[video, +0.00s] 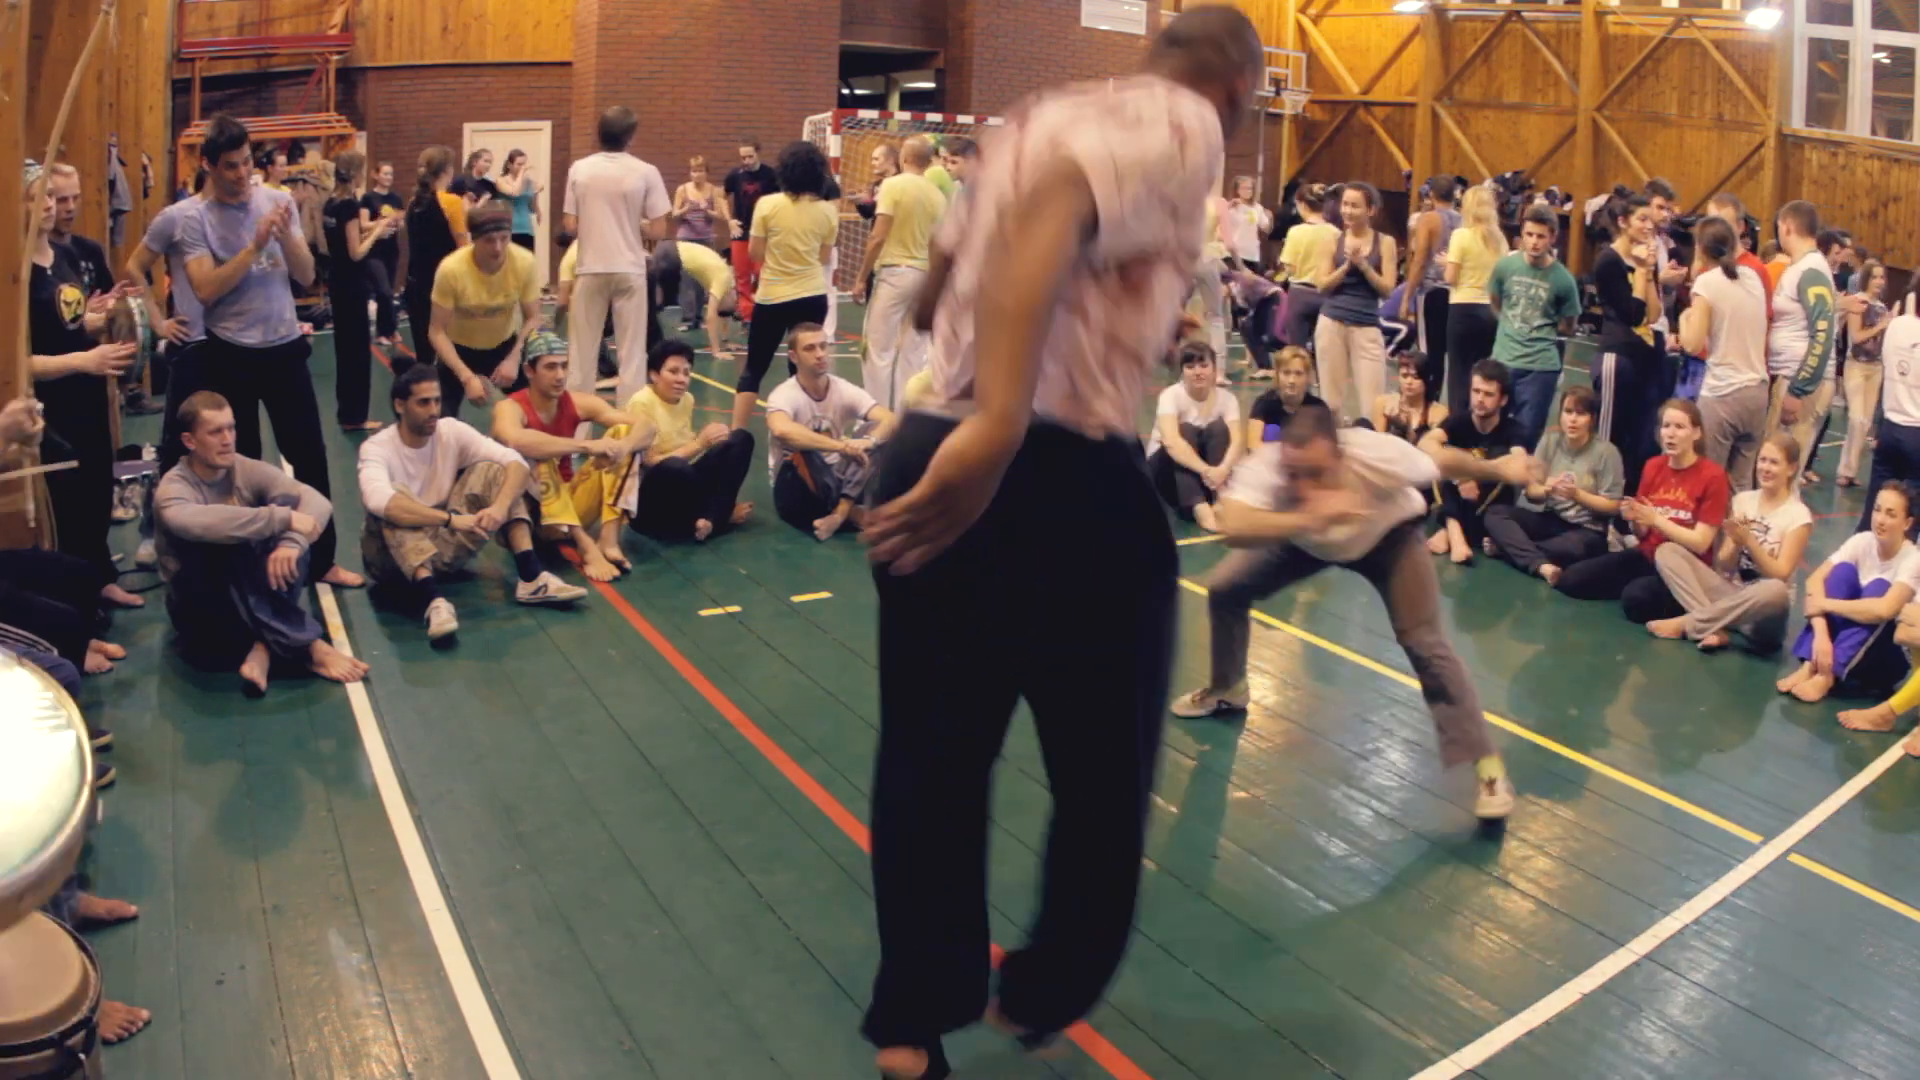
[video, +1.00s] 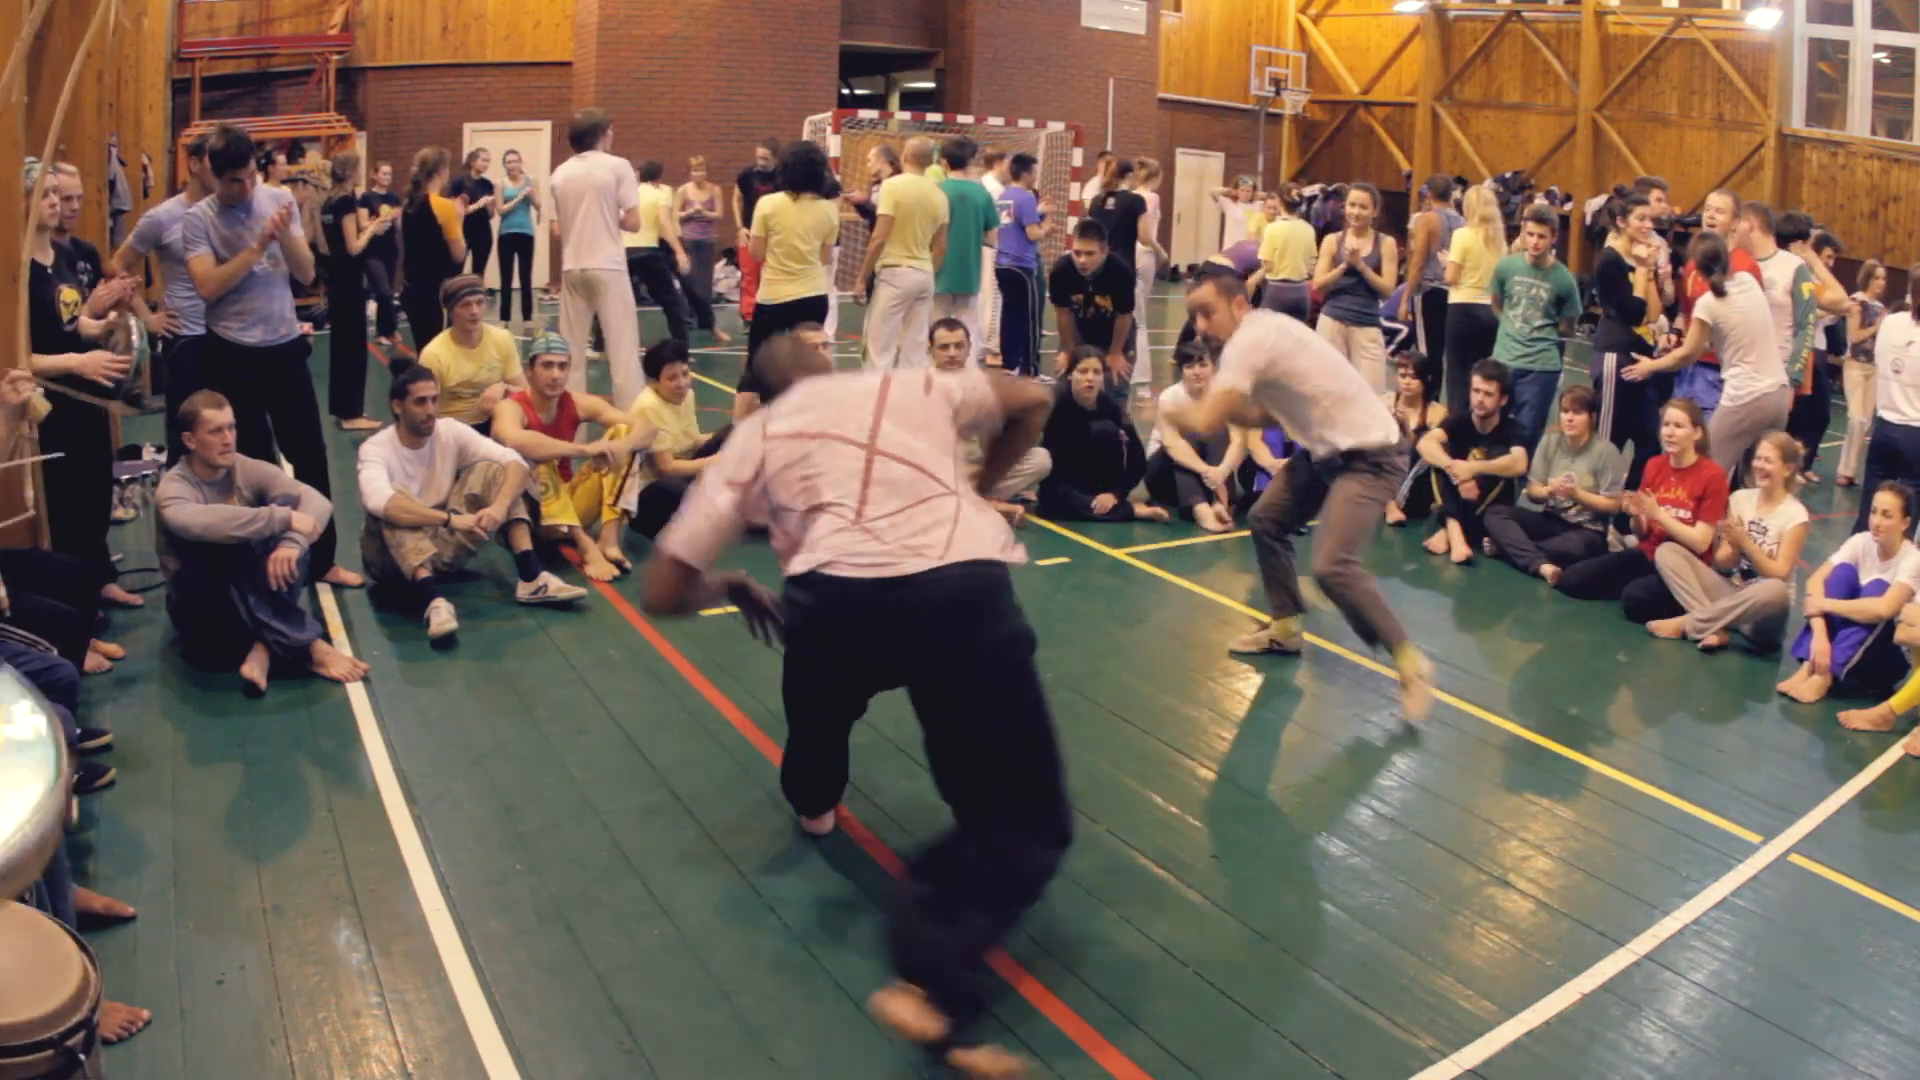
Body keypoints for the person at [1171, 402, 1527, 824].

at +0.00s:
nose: (1302, 478)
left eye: (1311, 467)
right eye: (1293, 467)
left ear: (1335, 449)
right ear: (1282, 451)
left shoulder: (1375, 455)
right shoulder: (1269, 461)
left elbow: (1445, 463)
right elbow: (1230, 522)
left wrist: (1504, 469)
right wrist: (1304, 521)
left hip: (1388, 534)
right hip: (1307, 540)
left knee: (1423, 641)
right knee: (1226, 588)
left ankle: (1486, 764)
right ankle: (1228, 690)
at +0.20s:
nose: (1201, 428)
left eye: (1210, 413)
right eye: (1190, 417)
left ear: (1239, 398)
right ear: (1179, 412)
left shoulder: (1293, 423)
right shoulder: (1171, 431)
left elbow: (1387, 463)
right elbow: (1101, 471)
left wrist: (1436, 509)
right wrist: (1038, 501)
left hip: (1335, 497)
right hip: (1253, 502)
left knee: (1388, 591)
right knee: (1202, 562)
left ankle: (1445, 643)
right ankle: (1226, 682)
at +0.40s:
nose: (1202, 334)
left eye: (1211, 319)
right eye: (1194, 323)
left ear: (1241, 312)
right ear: (1187, 325)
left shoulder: (1282, 348)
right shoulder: (1211, 356)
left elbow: (1228, 428)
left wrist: (1136, 421)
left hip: (1319, 466)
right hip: (1254, 458)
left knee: (1308, 537)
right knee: (1227, 547)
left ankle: (1300, 566)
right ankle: (1226, 674)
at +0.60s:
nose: (1233, 317)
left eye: (1245, 306)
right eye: (1226, 306)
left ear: (1270, 308)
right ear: (1219, 308)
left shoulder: (1290, 364)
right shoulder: (1234, 344)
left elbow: (1248, 433)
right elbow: (1227, 394)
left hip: (1293, 474)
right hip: (1240, 453)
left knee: (1261, 553)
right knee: (1217, 526)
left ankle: (1244, 571)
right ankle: (1222, 637)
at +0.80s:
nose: (1219, 271)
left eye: (1229, 260)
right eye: (1214, 263)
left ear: (1259, 262)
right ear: (1214, 269)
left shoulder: (1274, 294)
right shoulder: (1249, 303)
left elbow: (1204, 354)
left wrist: (1193, 299)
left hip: (1331, 443)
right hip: (1276, 429)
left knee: (1285, 539)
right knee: (1243, 521)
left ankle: (1284, 565)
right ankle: (1237, 630)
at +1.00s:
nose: (1199, 327)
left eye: (1206, 313)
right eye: (1194, 316)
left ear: (1238, 304)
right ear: (1235, 309)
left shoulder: (1254, 336)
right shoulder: (1263, 331)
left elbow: (1203, 423)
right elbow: (1266, 414)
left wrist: (1168, 410)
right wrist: (1213, 405)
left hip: (1369, 453)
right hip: (1321, 451)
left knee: (1332, 566)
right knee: (1265, 523)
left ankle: (1409, 659)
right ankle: (1286, 627)